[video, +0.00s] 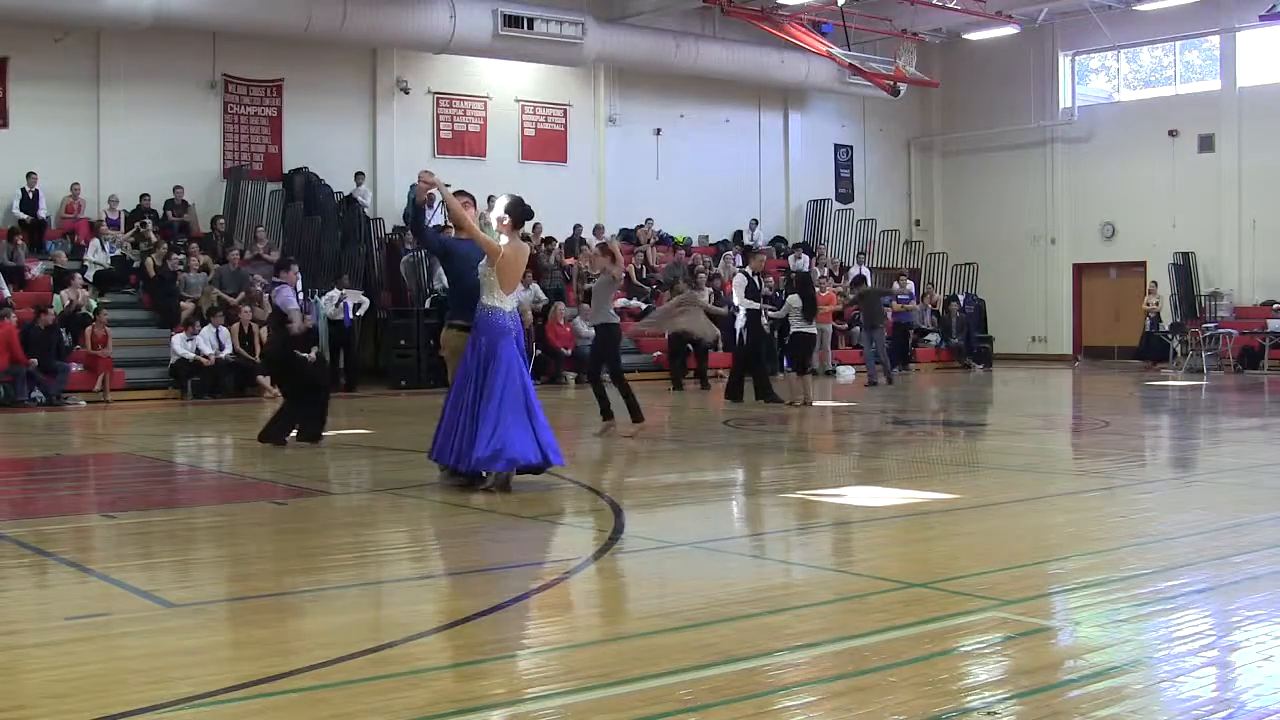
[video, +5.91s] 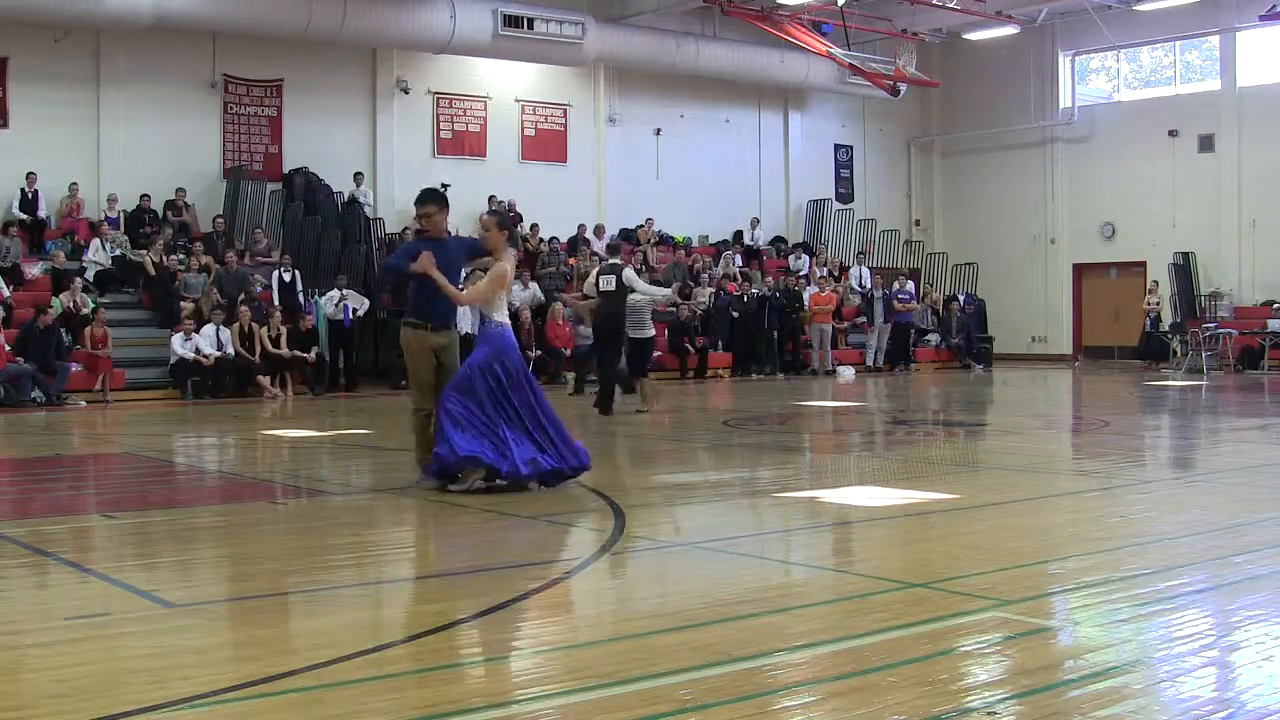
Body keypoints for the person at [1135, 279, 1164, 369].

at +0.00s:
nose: (1151, 289)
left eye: (1153, 287)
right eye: (1150, 287)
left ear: (1156, 288)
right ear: (1148, 288)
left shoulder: (1159, 297)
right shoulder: (1147, 297)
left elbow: (1159, 308)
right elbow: (1143, 306)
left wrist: (1149, 309)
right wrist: (1152, 307)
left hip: (1156, 317)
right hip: (1148, 318)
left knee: (1156, 337)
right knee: (1147, 337)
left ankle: (1154, 360)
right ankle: (1146, 360)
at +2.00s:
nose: (1154, 288)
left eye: (1156, 286)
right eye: (1153, 286)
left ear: (1159, 287)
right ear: (1151, 287)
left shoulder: (1162, 296)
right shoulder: (1149, 296)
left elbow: (1161, 308)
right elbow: (1146, 307)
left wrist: (1150, 308)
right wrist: (1156, 307)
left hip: (1159, 319)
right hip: (1150, 319)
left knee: (1158, 340)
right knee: (1149, 339)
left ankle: (1157, 361)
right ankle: (1149, 361)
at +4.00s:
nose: (1152, 288)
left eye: (1154, 286)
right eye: (1151, 286)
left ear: (1157, 287)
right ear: (1150, 287)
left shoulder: (1160, 296)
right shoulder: (1148, 296)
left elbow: (1160, 308)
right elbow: (1144, 306)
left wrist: (1149, 307)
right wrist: (1153, 307)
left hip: (1156, 318)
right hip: (1149, 318)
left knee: (1156, 337)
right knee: (1148, 337)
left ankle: (1156, 361)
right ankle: (1149, 360)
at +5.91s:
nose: (1152, 288)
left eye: (1154, 286)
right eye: (1151, 286)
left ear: (1157, 287)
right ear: (1149, 287)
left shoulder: (1160, 297)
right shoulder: (1148, 297)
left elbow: (1160, 308)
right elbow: (1144, 306)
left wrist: (1150, 308)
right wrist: (1153, 307)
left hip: (1157, 318)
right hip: (1149, 318)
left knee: (1156, 338)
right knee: (1148, 337)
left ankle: (1155, 361)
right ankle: (1148, 361)